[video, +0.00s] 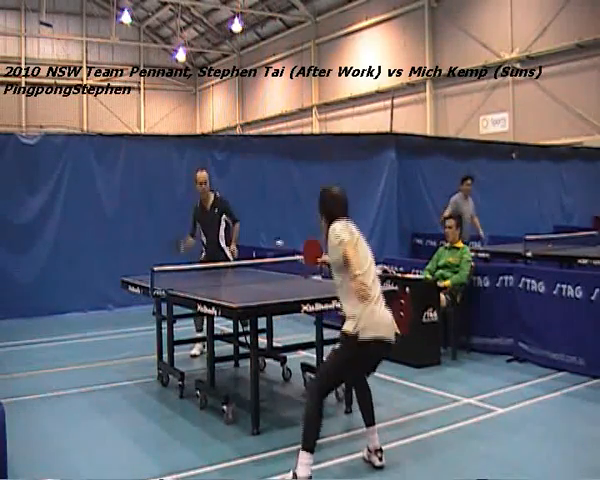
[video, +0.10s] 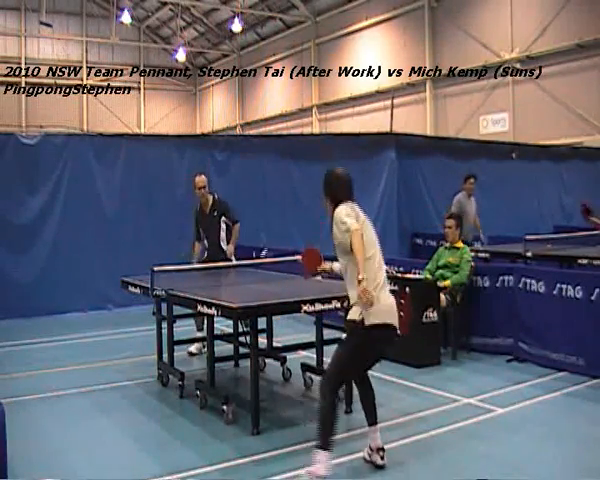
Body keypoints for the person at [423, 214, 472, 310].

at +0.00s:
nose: (446, 231)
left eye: (450, 228)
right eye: (445, 228)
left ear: (458, 230)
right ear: (443, 229)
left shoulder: (465, 251)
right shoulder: (442, 249)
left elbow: (463, 276)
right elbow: (429, 268)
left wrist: (446, 283)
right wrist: (429, 277)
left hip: (453, 285)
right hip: (435, 282)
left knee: (441, 298)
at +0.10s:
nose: (446, 231)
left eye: (450, 228)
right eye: (445, 228)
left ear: (458, 230)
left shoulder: (465, 251)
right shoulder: (442, 249)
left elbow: (463, 276)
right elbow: (430, 267)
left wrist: (446, 283)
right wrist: (428, 277)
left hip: (453, 285)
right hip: (435, 282)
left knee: (441, 299)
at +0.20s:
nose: (446, 231)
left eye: (449, 228)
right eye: (445, 228)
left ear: (458, 230)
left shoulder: (465, 251)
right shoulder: (442, 249)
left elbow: (463, 276)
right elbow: (430, 267)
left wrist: (446, 283)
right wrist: (428, 277)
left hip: (452, 285)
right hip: (435, 281)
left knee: (442, 298)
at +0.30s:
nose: (445, 231)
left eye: (449, 228)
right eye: (445, 228)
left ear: (457, 230)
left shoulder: (465, 251)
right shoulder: (442, 249)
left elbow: (463, 276)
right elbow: (430, 267)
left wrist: (445, 283)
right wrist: (428, 277)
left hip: (453, 284)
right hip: (435, 281)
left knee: (442, 298)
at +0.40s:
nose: (445, 231)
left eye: (449, 228)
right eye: (445, 228)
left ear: (457, 230)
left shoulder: (464, 251)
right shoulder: (442, 249)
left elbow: (463, 276)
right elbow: (430, 267)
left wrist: (445, 283)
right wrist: (428, 276)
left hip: (453, 284)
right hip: (436, 281)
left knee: (443, 298)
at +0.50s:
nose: (445, 231)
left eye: (449, 228)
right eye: (445, 228)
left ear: (457, 231)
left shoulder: (464, 251)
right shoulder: (442, 249)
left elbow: (463, 275)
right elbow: (431, 266)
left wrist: (446, 283)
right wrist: (428, 275)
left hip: (454, 283)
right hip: (436, 280)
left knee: (442, 298)